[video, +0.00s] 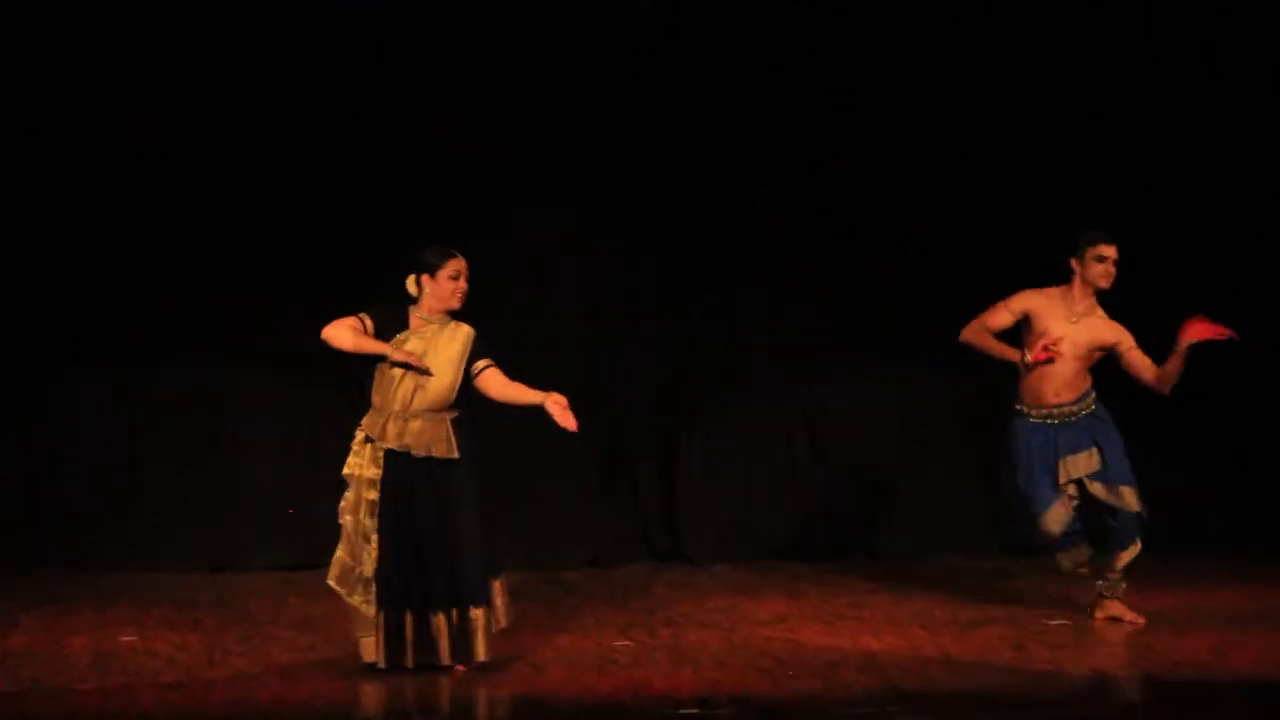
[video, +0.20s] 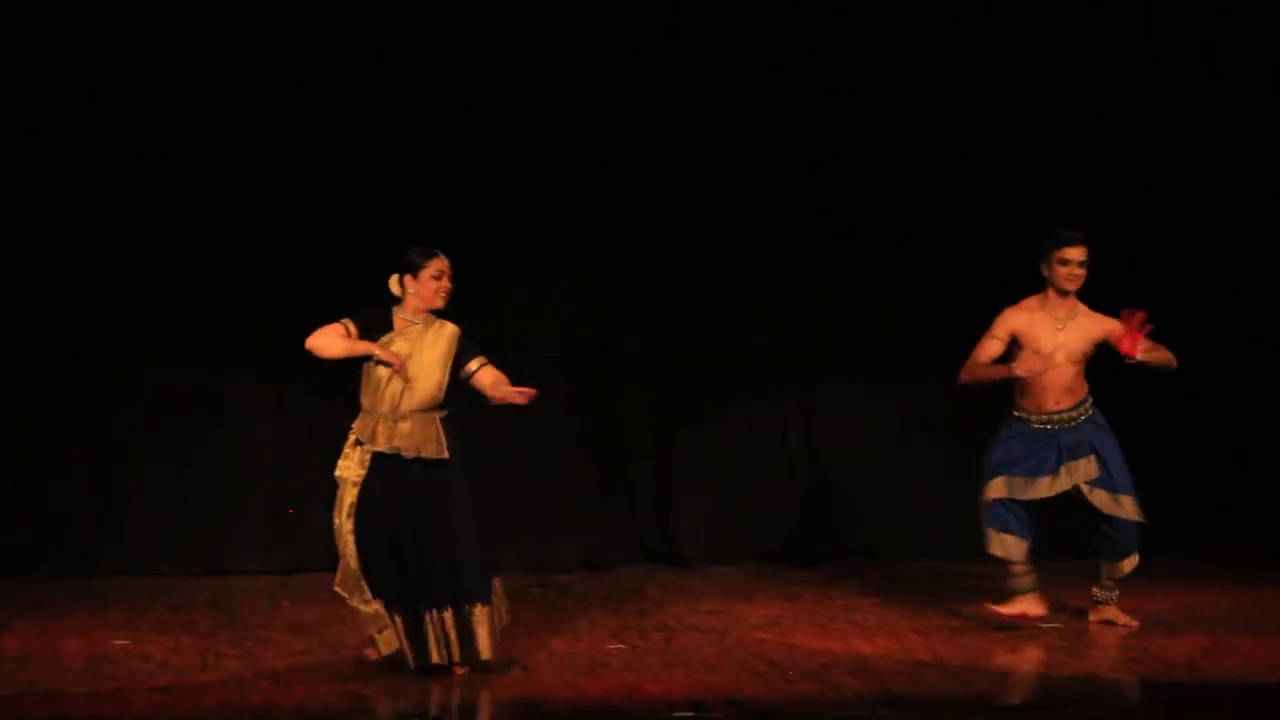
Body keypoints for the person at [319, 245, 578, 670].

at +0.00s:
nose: (463, 286)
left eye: (465, 279)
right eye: (454, 277)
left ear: (463, 285)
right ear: (424, 281)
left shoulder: (462, 339)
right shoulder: (390, 321)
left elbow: (495, 384)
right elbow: (332, 333)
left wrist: (543, 398)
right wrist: (389, 351)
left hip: (438, 451)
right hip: (384, 449)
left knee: (449, 541)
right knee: (391, 544)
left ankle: (452, 650)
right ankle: (394, 649)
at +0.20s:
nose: (446, 286)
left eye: (448, 278)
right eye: (437, 277)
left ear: (443, 287)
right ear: (406, 282)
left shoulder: (448, 336)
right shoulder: (377, 323)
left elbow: (485, 376)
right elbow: (317, 342)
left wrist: (508, 392)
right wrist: (373, 349)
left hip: (428, 451)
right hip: (375, 452)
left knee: (446, 542)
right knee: (380, 547)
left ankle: (454, 650)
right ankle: (403, 643)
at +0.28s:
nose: (430, 282)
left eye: (432, 274)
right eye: (420, 273)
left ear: (428, 282)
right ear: (389, 278)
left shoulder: (436, 332)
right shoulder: (359, 320)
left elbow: (491, 373)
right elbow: (302, 346)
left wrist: (461, 379)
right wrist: (355, 346)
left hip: (416, 448)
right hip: (361, 447)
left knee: (431, 542)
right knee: (351, 544)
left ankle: (443, 652)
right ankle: (364, 644)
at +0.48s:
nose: (344, 279)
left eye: (353, 270)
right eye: (336, 273)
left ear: (370, 277)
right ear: (327, 282)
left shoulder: (396, 324)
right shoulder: (319, 328)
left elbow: (458, 354)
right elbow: (272, 370)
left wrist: (414, 367)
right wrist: (296, 373)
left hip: (386, 447)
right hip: (331, 449)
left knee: (399, 541)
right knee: (336, 545)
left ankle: (404, 647)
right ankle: (339, 648)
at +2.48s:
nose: (255, 287)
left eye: (266, 279)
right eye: (252, 282)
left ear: (294, 291)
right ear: (250, 296)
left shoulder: (322, 337)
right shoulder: (244, 339)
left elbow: (385, 360)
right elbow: (207, 311)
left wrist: (337, 371)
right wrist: (179, 259)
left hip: (308, 467)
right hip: (252, 466)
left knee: (312, 562)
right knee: (247, 563)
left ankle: (312, 666)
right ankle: (251, 669)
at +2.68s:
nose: (266, 292)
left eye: (276, 284)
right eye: (260, 286)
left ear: (301, 296)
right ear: (254, 298)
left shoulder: (325, 342)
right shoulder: (249, 341)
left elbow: (389, 365)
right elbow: (211, 329)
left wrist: (346, 375)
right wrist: (209, 265)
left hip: (309, 470)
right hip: (254, 467)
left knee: (307, 566)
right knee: (248, 564)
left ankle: (299, 666)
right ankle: (244, 667)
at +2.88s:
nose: (280, 298)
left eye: (290, 290)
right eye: (272, 290)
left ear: (306, 296)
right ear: (263, 295)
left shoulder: (330, 343)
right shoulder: (253, 339)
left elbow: (390, 372)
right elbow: (204, 373)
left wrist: (356, 388)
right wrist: (261, 379)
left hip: (312, 471)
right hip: (254, 467)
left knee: (323, 565)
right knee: (250, 565)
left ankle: (325, 663)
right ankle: (252, 669)